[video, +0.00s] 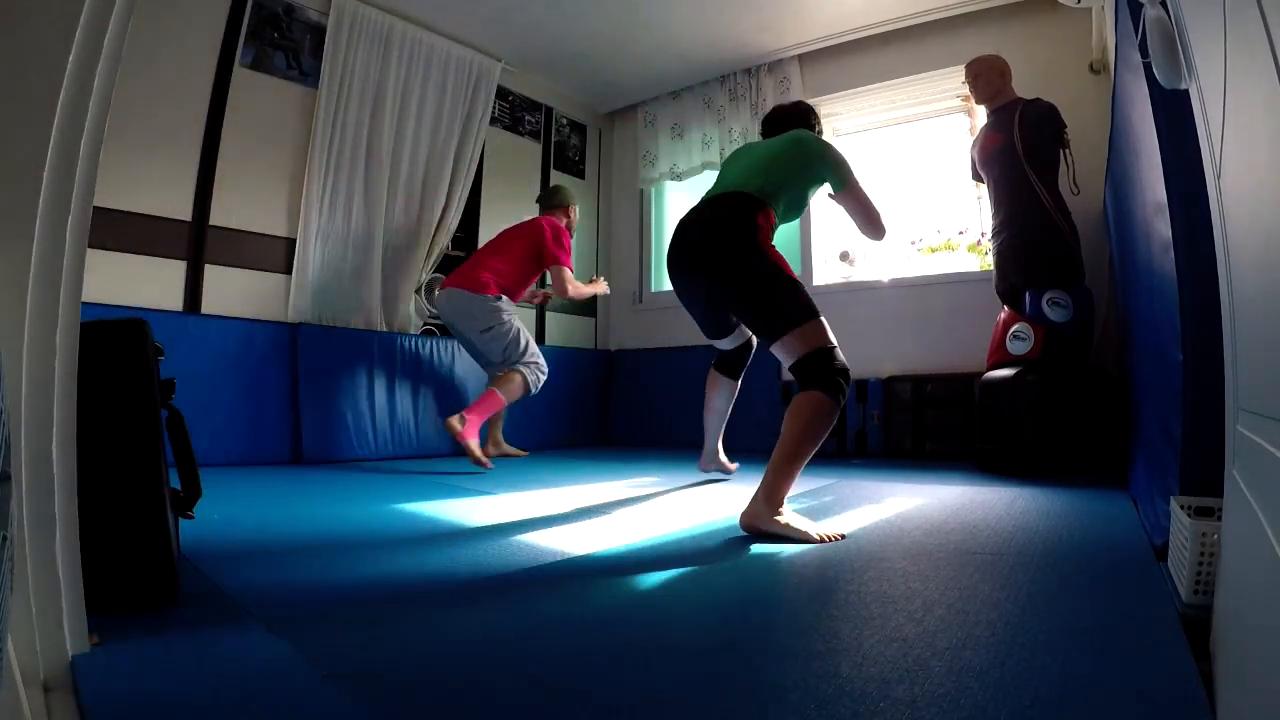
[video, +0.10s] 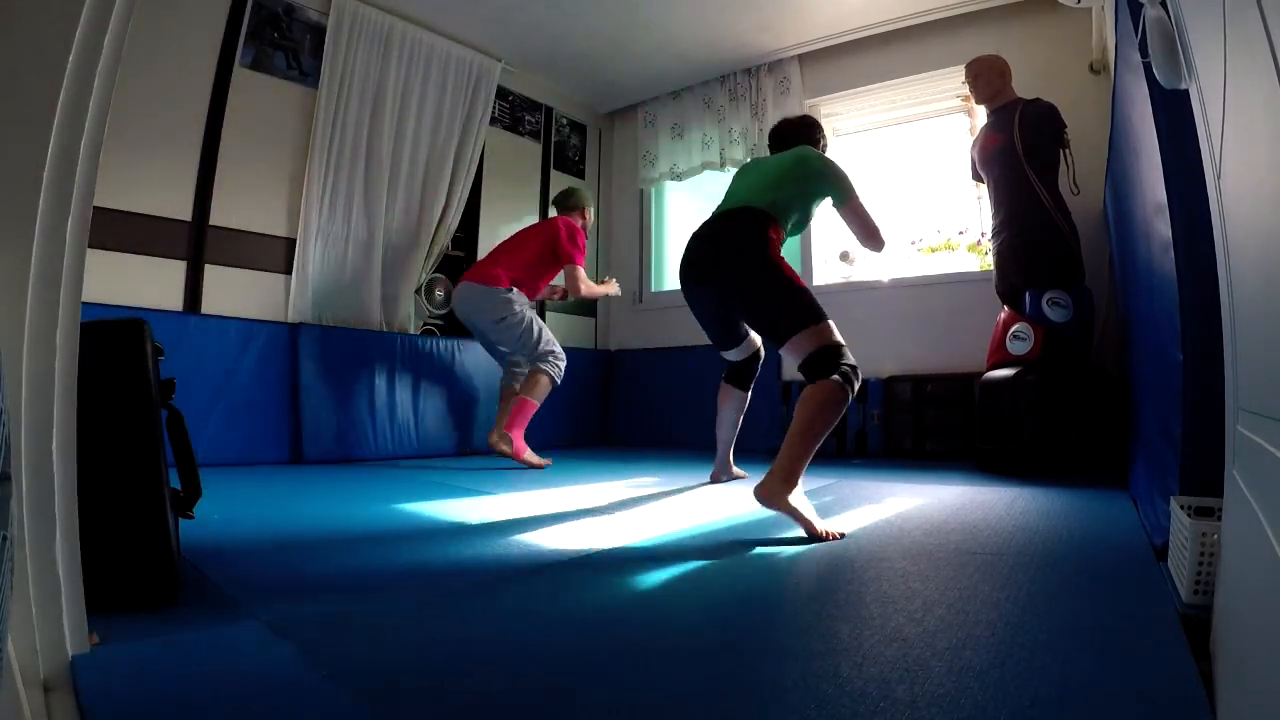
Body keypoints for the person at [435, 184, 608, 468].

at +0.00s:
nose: (576, 220)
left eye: (575, 214)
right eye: (577, 214)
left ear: (545, 210)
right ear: (570, 211)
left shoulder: (525, 228)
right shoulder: (555, 229)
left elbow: (489, 274)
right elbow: (566, 289)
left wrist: (524, 295)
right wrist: (594, 288)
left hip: (449, 295)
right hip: (480, 298)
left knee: (502, 367)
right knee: (533, 367)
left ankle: (495, 441)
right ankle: (468, 421)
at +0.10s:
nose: (591, 221)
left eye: (590, 216)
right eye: (591, 216)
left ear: (560, 212)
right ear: (585, 214)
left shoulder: (542, 228)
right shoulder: (570, 229)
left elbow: (512, 279)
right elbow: (580, 289)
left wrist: (546, 292)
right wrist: (606, 289)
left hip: (466, 293)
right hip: (495, 294)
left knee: (518, 362)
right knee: (552, 357)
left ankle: (501, 432)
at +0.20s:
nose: (602, 221)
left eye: (602, 216)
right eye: (602, 215)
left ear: (571, 212)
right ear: (596, 214)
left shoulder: (551, 228)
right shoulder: (584, 230)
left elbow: (525, 275)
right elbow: (596, 288)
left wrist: (559, 291)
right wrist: (618, 288)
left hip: (487, 298)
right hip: (515, 302)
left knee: (536, 362)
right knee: (561, 374)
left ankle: (527, 424)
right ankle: (511, 445)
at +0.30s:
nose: (611, 226)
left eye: (612, 222)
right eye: (611, 221)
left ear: (580, 216)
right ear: (605, 218)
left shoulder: (561, 235)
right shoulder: (595, 235)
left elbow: (539, 281)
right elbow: (611, 290)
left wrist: (574, 294)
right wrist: (634, 288)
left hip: (502, 303)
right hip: (531, 306)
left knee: (553, 364)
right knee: (574, 376)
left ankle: (552, 437)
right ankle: (518, 436)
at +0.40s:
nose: (621, 228)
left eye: (622, 223)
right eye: (621, 222)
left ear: (591, 219)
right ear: (615, 221)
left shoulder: (575, 238)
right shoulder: (603, 237)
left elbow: (549, 283)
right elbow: (618, 291)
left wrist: (586, 297)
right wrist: (642, 289)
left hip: (516, 307)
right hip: (544, 306)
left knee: (564, 367)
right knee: (597, 364)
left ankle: (555, 435)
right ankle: (547, 422)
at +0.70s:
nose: (643, 243)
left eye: (643, 238)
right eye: (643, 238)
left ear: (614, 233)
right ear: (638, 235)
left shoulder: (594, 249)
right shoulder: (629, 250)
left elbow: (575, 289)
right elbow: (642, 304)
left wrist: (606, 302)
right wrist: (661, 301)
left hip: (542, 314)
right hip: (573, 315)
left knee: (587, 373)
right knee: (624, 372)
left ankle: (587, 435)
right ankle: (585, 435)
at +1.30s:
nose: (652, 258)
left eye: (651, 255)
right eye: (651, 254)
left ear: (625, 251)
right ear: (648, 252)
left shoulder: (608, 266)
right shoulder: (642, 266)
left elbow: (589, 301)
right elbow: (654, 317)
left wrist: (611, 330)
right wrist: (669, 316)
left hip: (557, 321)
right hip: (588, 323)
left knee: (599, 374)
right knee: (639, 375)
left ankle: (587, 435)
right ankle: (610, 432)